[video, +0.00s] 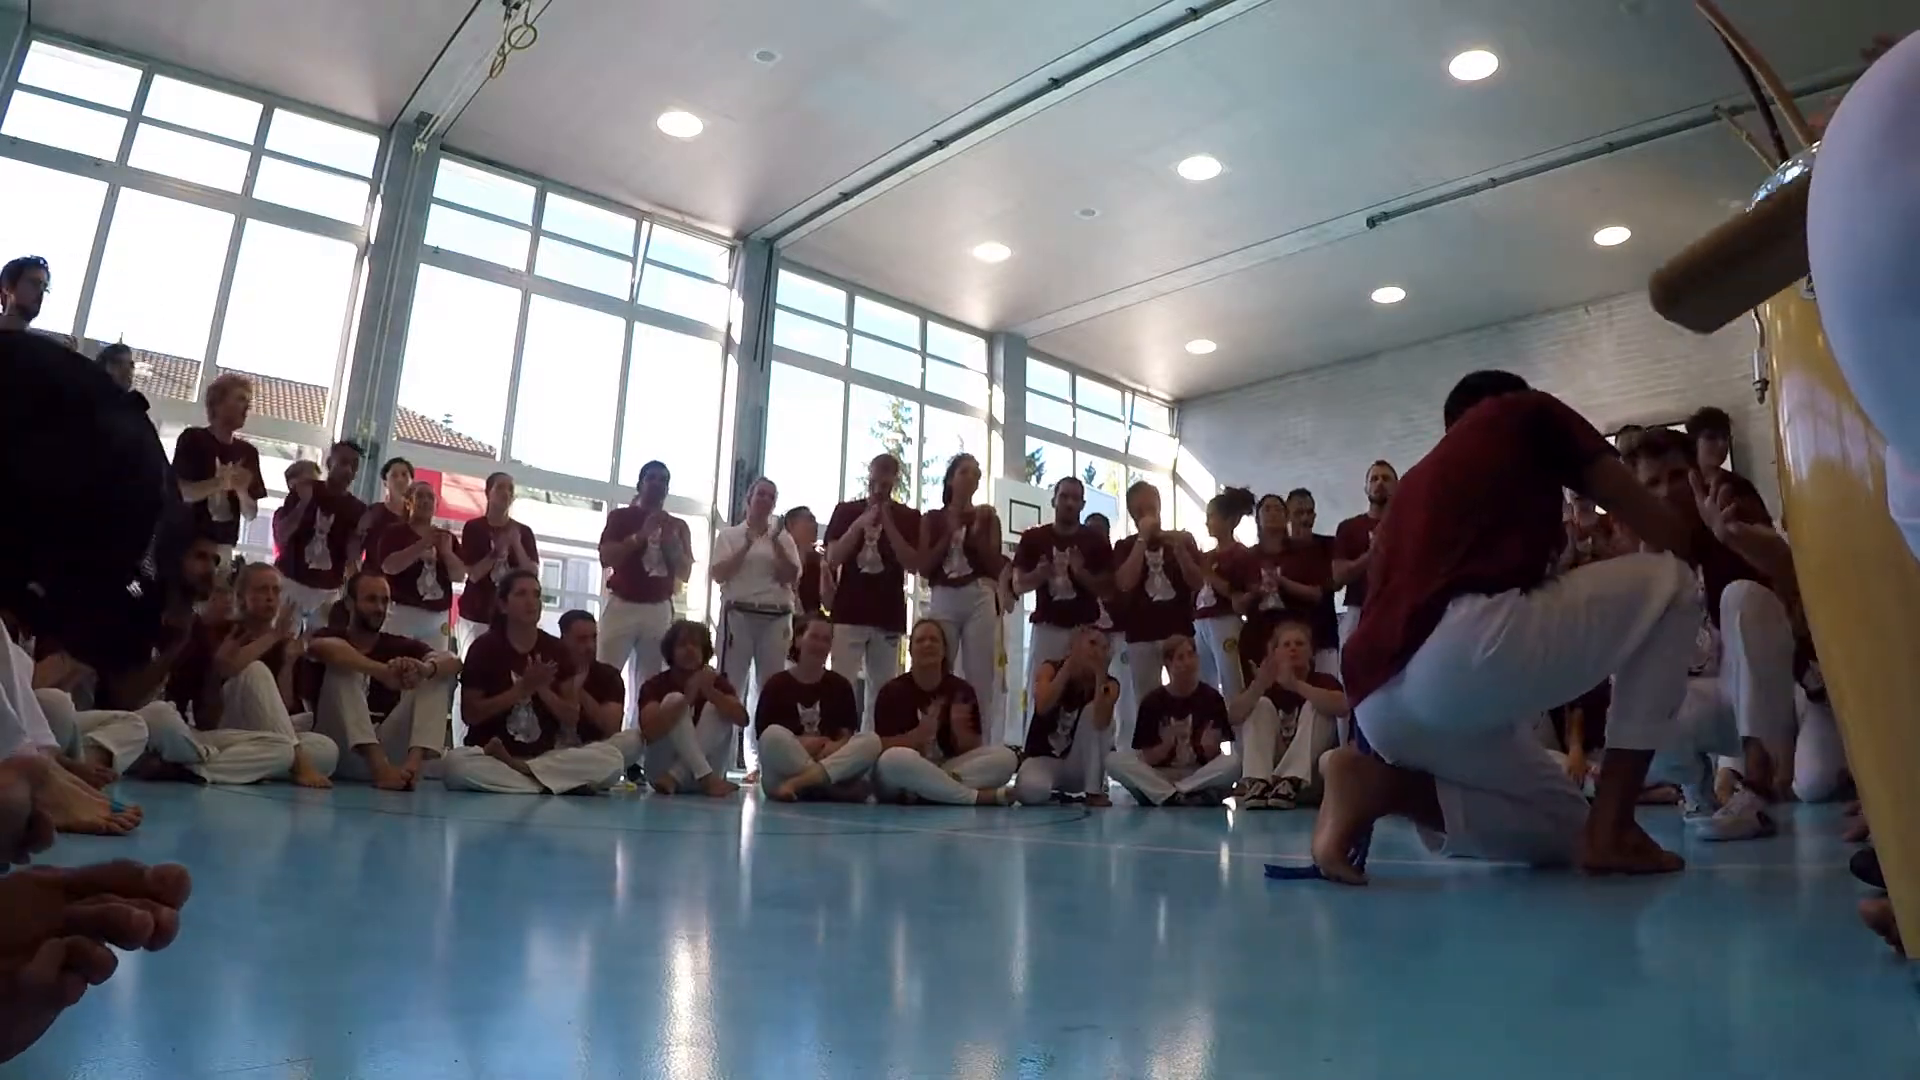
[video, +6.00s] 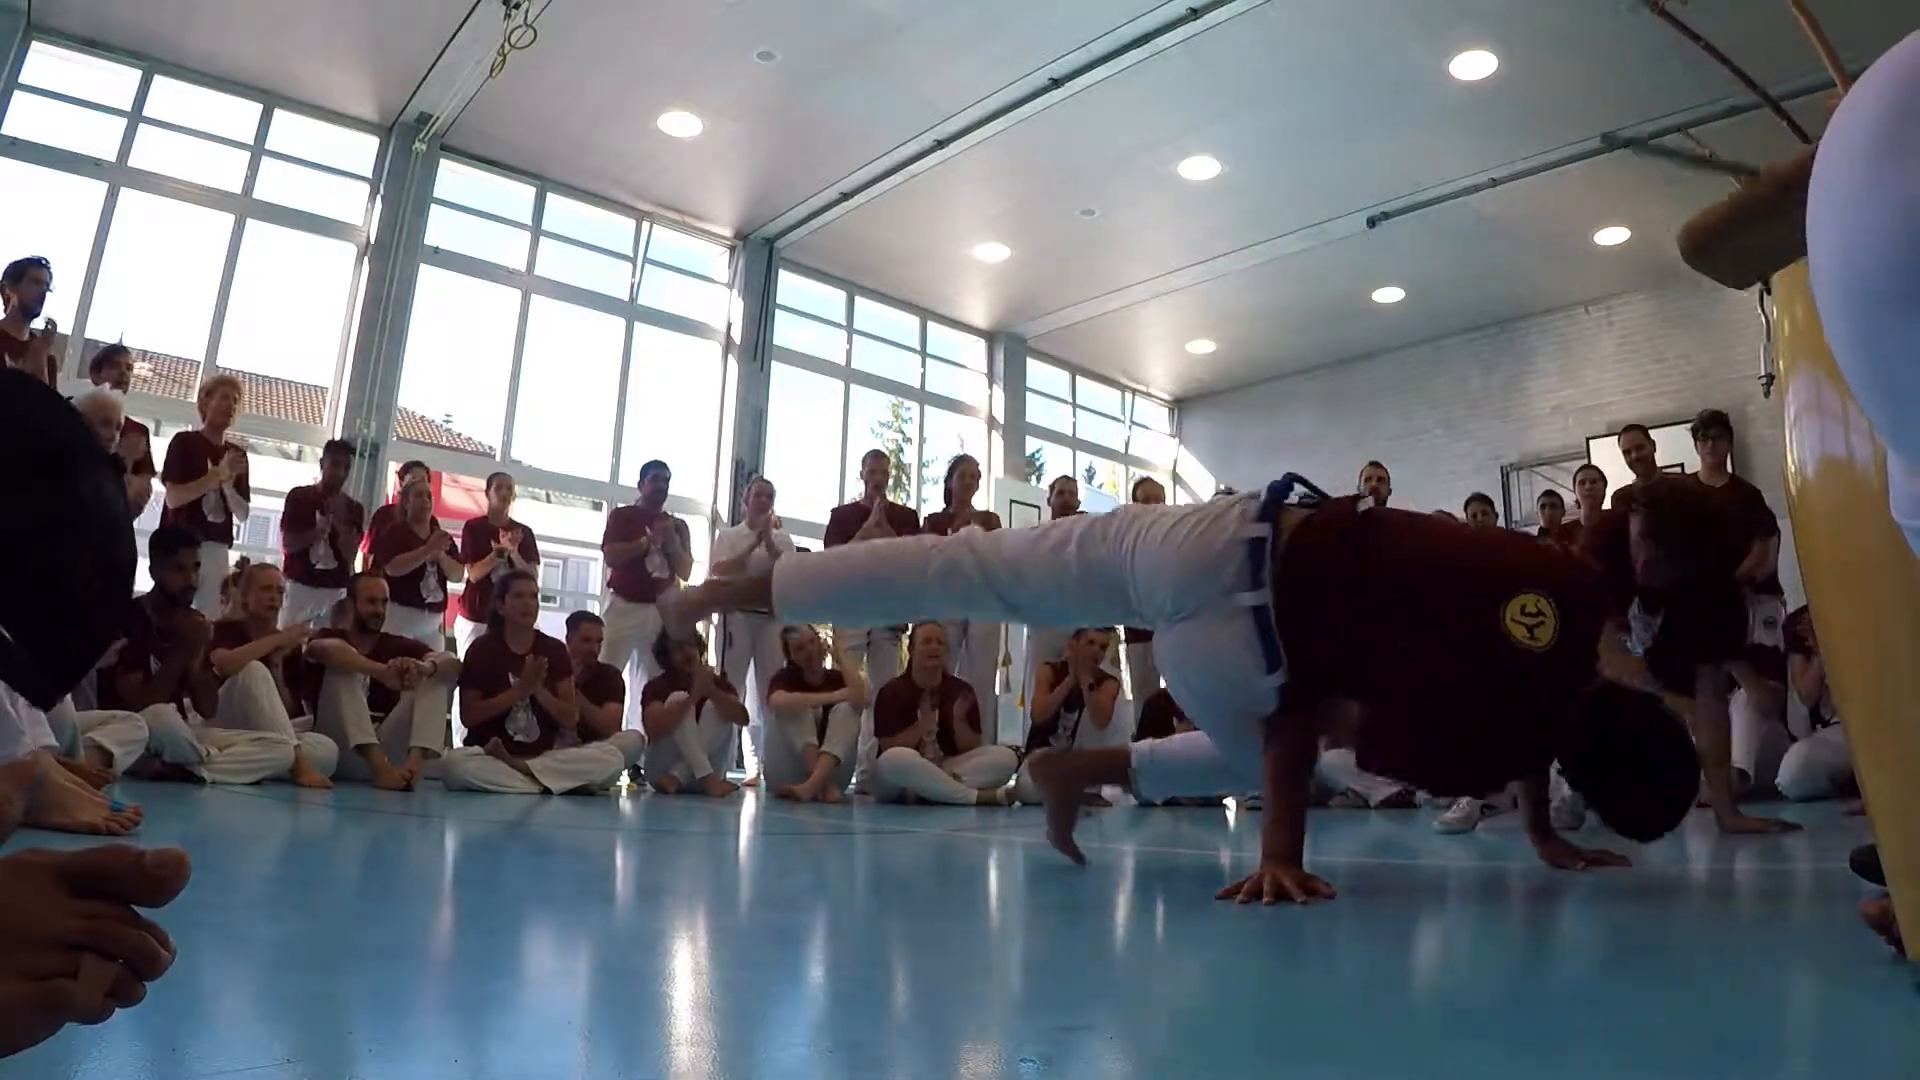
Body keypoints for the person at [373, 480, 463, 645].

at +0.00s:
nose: (425, 501)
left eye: (430, 497)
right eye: (420, 496)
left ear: (436, 504)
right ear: (409, 502)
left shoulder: (447, 538)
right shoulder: (395, 532)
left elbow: (459, 576)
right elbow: (388, 567)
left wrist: (447, 552)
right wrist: (422, 544)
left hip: (437, 614)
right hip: (401, 610)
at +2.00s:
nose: (429, 502)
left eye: (432, 497)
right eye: (423, 496)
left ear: (436, 502)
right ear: (407, 501)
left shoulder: (441, 537)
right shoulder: (397, 532)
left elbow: (456, 579)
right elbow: (392, 569)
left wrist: (457, 551)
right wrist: (427, 548)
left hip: (434, 614)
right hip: (401, 610)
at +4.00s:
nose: (424, 502)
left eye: (426, 496)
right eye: (417, 497)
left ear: (431, 500)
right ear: (403, 504)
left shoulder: (440, 534)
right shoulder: (392, 535)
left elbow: (457, 577)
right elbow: (392, 569)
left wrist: (443, 554)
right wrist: (430, 548)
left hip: (434, 615)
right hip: (400, 612)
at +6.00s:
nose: (425, 501)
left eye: (429, 497)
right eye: (419, 496)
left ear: (433, 502)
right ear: (406, 502)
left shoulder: (440, 536)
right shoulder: (394, 532)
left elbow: (458, 575)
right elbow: (392, 569)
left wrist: (441, 556)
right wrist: (428, 549)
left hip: (434, 614)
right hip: (400, 610)